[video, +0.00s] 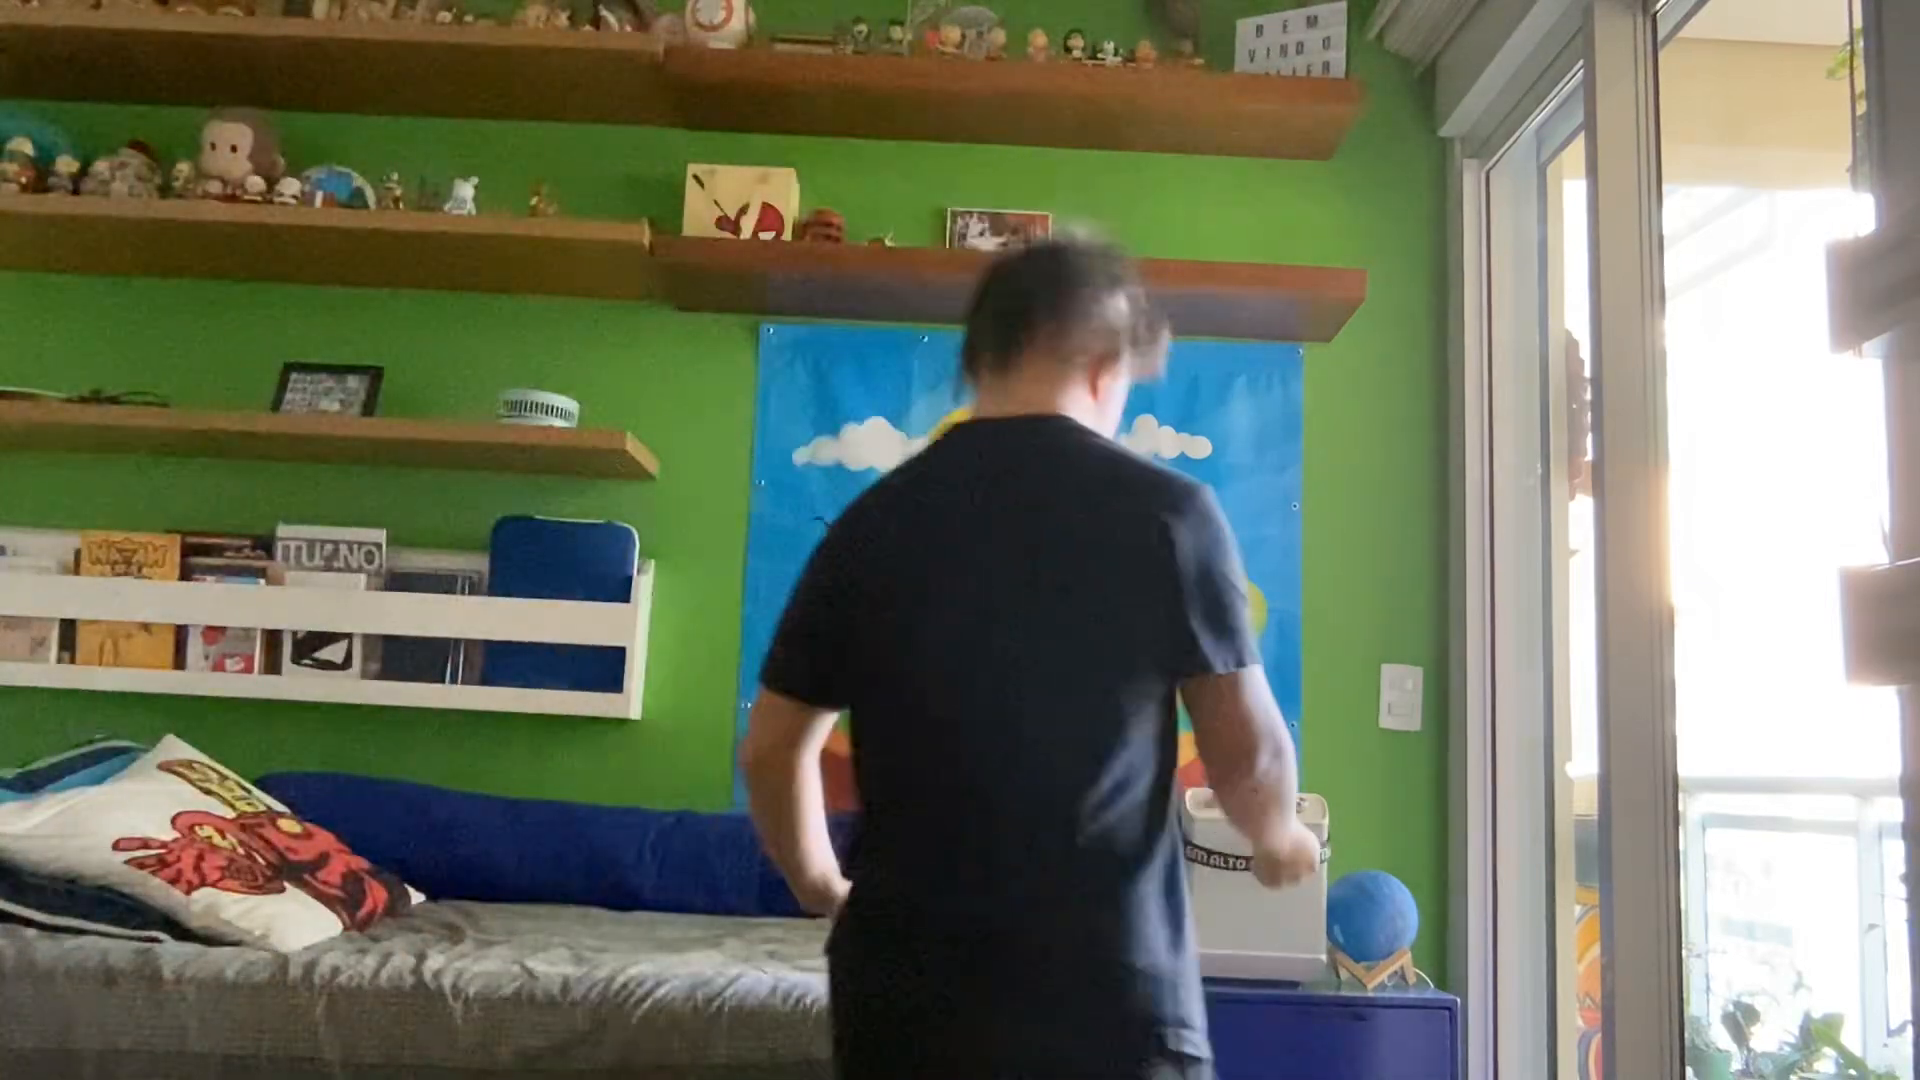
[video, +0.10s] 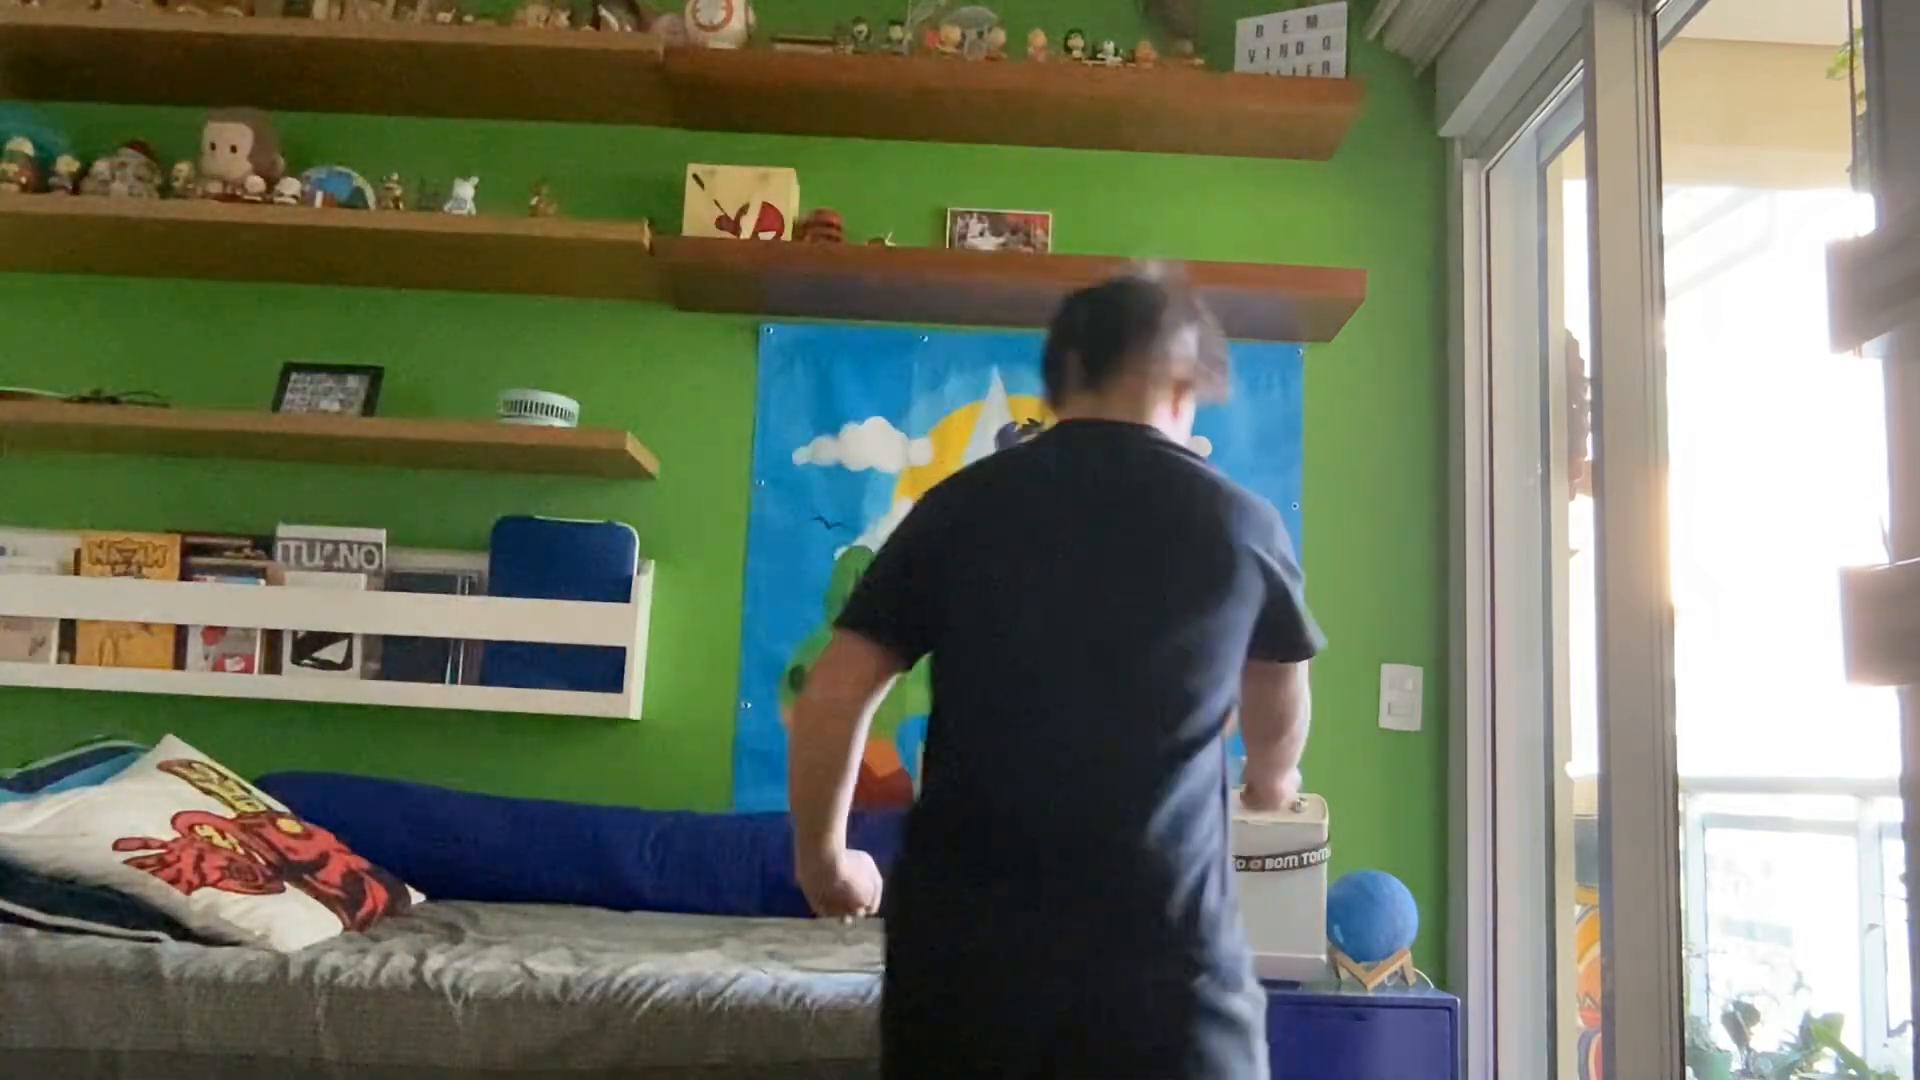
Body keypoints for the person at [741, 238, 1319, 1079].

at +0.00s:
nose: (1121, 416)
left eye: (1126, 394)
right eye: (1127, 391)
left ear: (977, 364)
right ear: (1102, 375)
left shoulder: (873, 520)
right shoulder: (1163, 513)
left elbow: (773, 750)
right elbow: (1247, 753)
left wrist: (820, 885)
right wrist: (1281, 843)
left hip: (903, 985)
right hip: (1100, 983)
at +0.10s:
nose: (1195, 423)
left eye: (1196, 406)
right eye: (1196, 405)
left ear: (1057, 385)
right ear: (1182, 392)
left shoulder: (961, 503)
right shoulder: (1238, 521)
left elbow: (832, 695)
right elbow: (1278, 714)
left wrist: (821, 857)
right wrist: (1269, 784)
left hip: (961, 943)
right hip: (1160, 945)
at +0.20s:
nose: (1239, 439)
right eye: (1240, 425)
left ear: (1106, 410)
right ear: (1233, 419)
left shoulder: (1027, 506)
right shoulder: (1276, 543)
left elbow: (887, 662)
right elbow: (1279, 748)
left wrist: (806, 836)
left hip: (1018, 943)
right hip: (1211, 952)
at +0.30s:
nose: (1267, 453)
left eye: (1268, 442)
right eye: (1269, 440)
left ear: (1135, 437)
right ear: (1258, 441)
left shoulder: (1093, 521)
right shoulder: (1296, 567)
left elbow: (954, 649)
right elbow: (1291, 737)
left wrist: (821, 817)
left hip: (1097, 943)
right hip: (1276, 955)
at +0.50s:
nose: (1286, 474)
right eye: (1287, 464)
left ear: (1152, 453)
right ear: (1274, 460)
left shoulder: (1156, 507)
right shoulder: (1318, 561)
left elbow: (1087, 602)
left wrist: (945, 771)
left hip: (1204, 920)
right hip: (1362, 939)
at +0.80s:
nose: (1171, 496)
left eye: (1170, 480)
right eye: (1168, 482)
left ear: (1183, 460)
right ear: (1298, 469)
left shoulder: (1217, 508)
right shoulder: (1361, 572)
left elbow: (1203, 612)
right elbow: (1388, 727)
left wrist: (1101, 802)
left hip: (1297, 923)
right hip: (1427, 941)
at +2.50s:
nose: (897, 334)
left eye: (931, 301)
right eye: (879, 311)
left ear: (1028, 318)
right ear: (862, 327)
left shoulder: (1029, 448)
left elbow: (1147, 704)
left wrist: (1192, 969)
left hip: (1049, 968)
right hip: (998, 963)